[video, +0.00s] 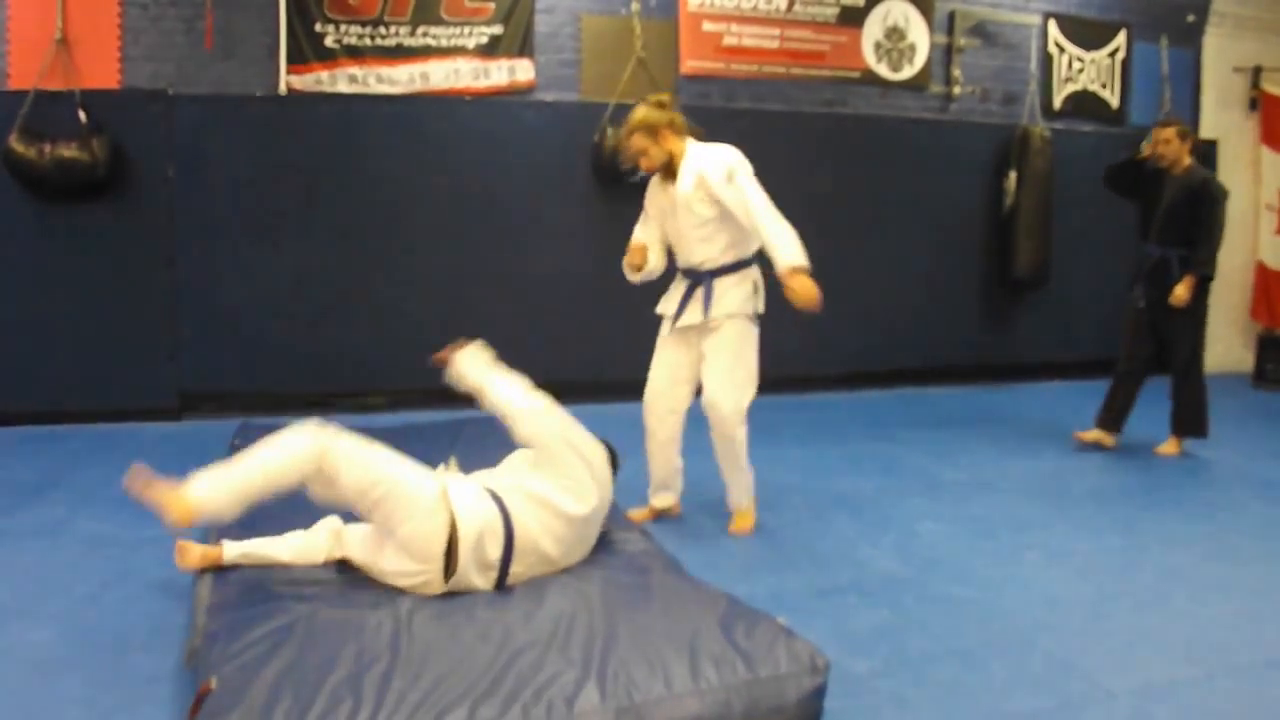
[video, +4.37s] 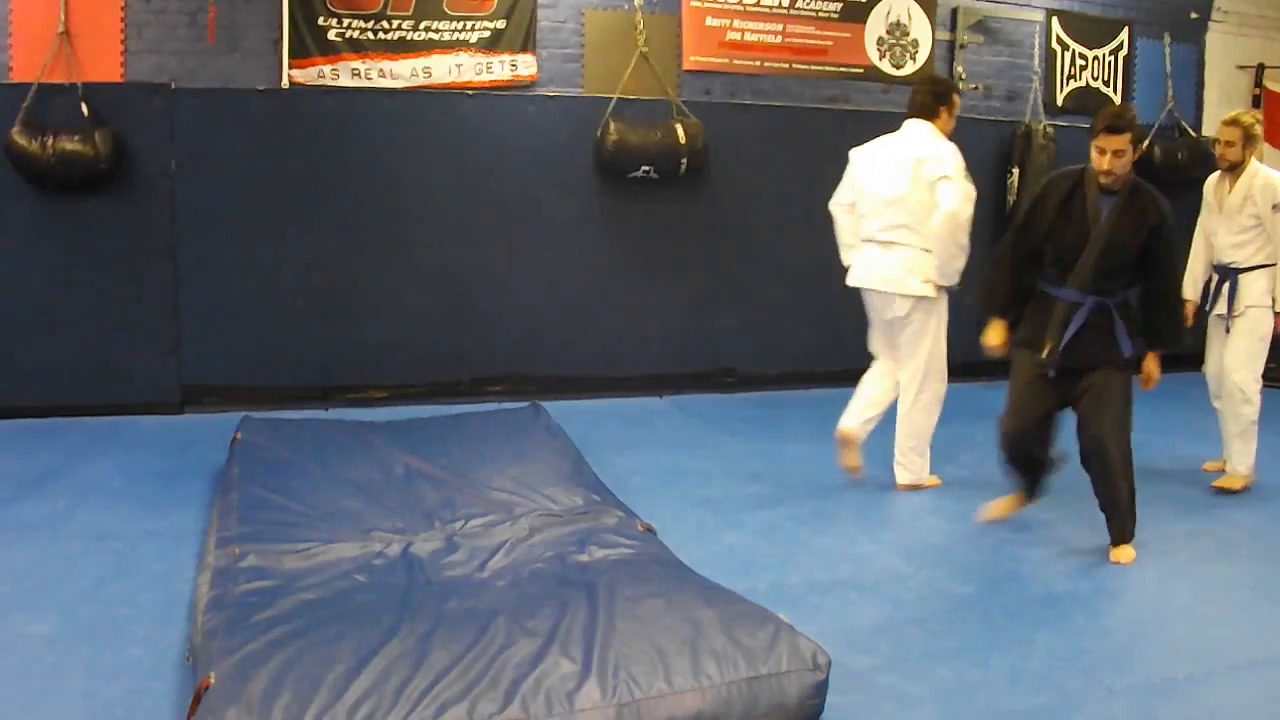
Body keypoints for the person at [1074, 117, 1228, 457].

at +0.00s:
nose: (1159, 149)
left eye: (1166, 142)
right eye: (1156, 143)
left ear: (1186, 145)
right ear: (1153, 146)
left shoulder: (1206, 186)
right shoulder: (1151, 177)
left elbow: (1208, 241)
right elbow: (1112, 178)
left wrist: (1190, 279)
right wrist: (1140, 158)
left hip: (1186, 278)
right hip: (1150, 273)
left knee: (1185, 358)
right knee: (1135, 352)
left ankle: (1179, 435)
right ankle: (1107, 428)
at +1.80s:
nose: (1111, 143)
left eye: (1119, 135)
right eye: (1106, 136)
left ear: (1137, 138)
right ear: (1100, 141)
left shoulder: (1161, 183)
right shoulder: (1095, 177)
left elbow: (1176, 244)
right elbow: (1056, 189)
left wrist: (1170, 296)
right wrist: (1082, 157)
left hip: (1137, 289)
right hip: (1092, 285)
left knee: (1130, 375)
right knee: (1078, 373)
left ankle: (1123, 458)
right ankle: (1060, 464)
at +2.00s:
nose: (1092, 133)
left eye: (1100, 126)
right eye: (1087, 126)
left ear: (1120, 130)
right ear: (1083, 132)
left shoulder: (1147, 179)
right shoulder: (1073, 179)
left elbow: (1165, 240)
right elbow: (1040, 224)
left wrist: (1161, 291)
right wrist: (1036, 187)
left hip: (1128, 293)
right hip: (1079, 291)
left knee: (1128, 378)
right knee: (1070, 381)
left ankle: (1125, 455)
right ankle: (1064, 470)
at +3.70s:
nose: (1119, 131)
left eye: (1128, 123)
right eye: (1115, 123)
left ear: (1151, 125)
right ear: (1112, 126)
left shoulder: (1178, 175)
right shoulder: (1110, 176)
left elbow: (1190, 247)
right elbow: (1090, 239)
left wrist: (1179, 308)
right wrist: (1069, 235)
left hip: (1160, 299)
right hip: (1120, 296)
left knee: (1131, 387)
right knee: (1117, 388)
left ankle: (1131, 490)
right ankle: (1118, 481)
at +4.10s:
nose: (1110, 149)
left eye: (1119, 140)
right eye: (1104, 140)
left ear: (1140, 139)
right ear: (1096, 140)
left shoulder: (1163, 190)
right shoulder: (1086, 187)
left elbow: (1186, 262)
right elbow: (1071, 250)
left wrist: (1198, 330)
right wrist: (1071, 306)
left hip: (1140, 308)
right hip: (1093, 308)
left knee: (1124, 407)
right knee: (1106, 404)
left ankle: (1120, 519)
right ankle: (1126, 486)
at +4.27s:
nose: (1111, 157)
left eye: (1121, 148)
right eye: (1105, 147)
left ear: (1142, 148)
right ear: (1096, 145)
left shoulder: (1162, 204)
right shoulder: (1070, 187)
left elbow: (1176, 277)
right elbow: (1038, 245)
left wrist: (1173, 343)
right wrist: (1031, 305)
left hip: (1122, 324)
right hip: (1066, 318)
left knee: (1110, 430)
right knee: (1051, 422)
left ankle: (1119, 534)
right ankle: (1095, 464)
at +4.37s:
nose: (1107, 164)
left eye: (1117, 154)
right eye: (1100, 152)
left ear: (1134, 153)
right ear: (1089, 149)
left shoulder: (1151, 209)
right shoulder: (1057, 189)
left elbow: (1161, 284)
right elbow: (1017, 250)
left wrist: (1153, 348)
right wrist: (1000, 315)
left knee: (1105, 439)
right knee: (1018, 426)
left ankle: (1120, 537)